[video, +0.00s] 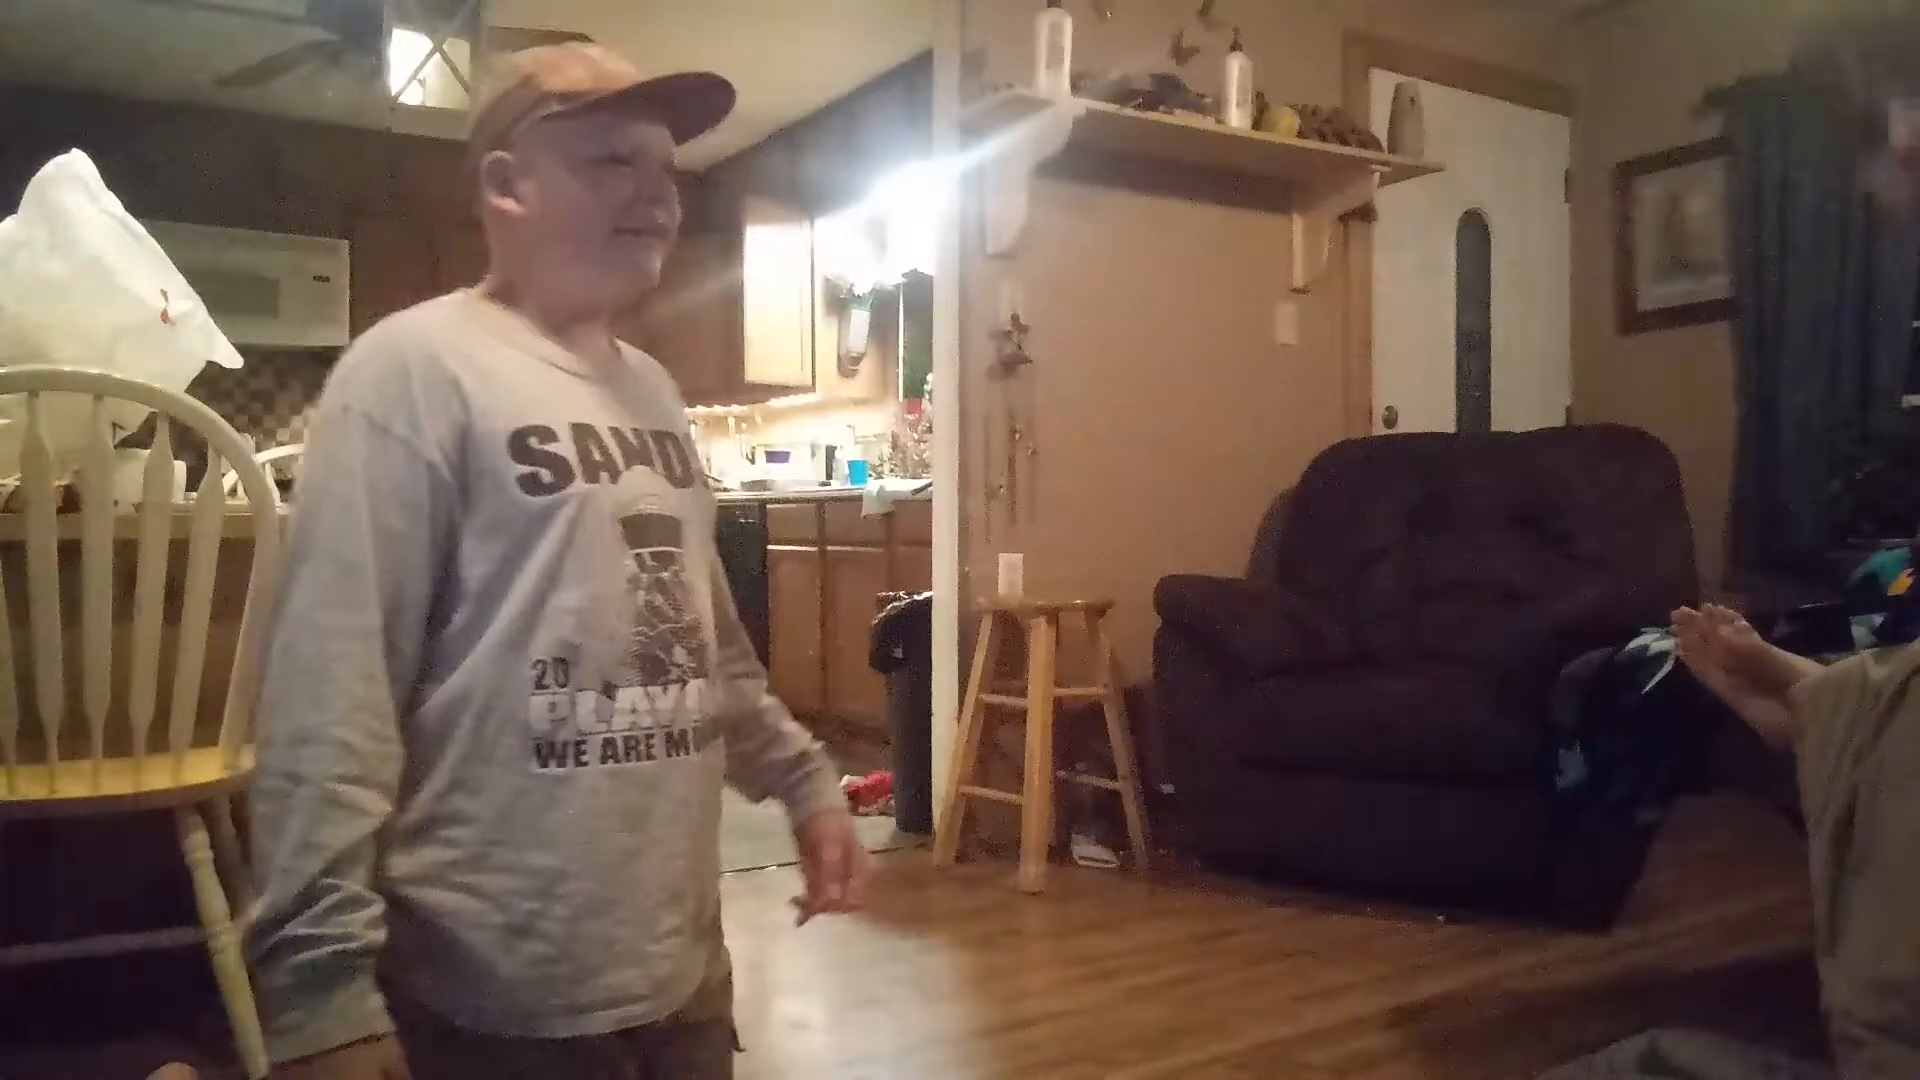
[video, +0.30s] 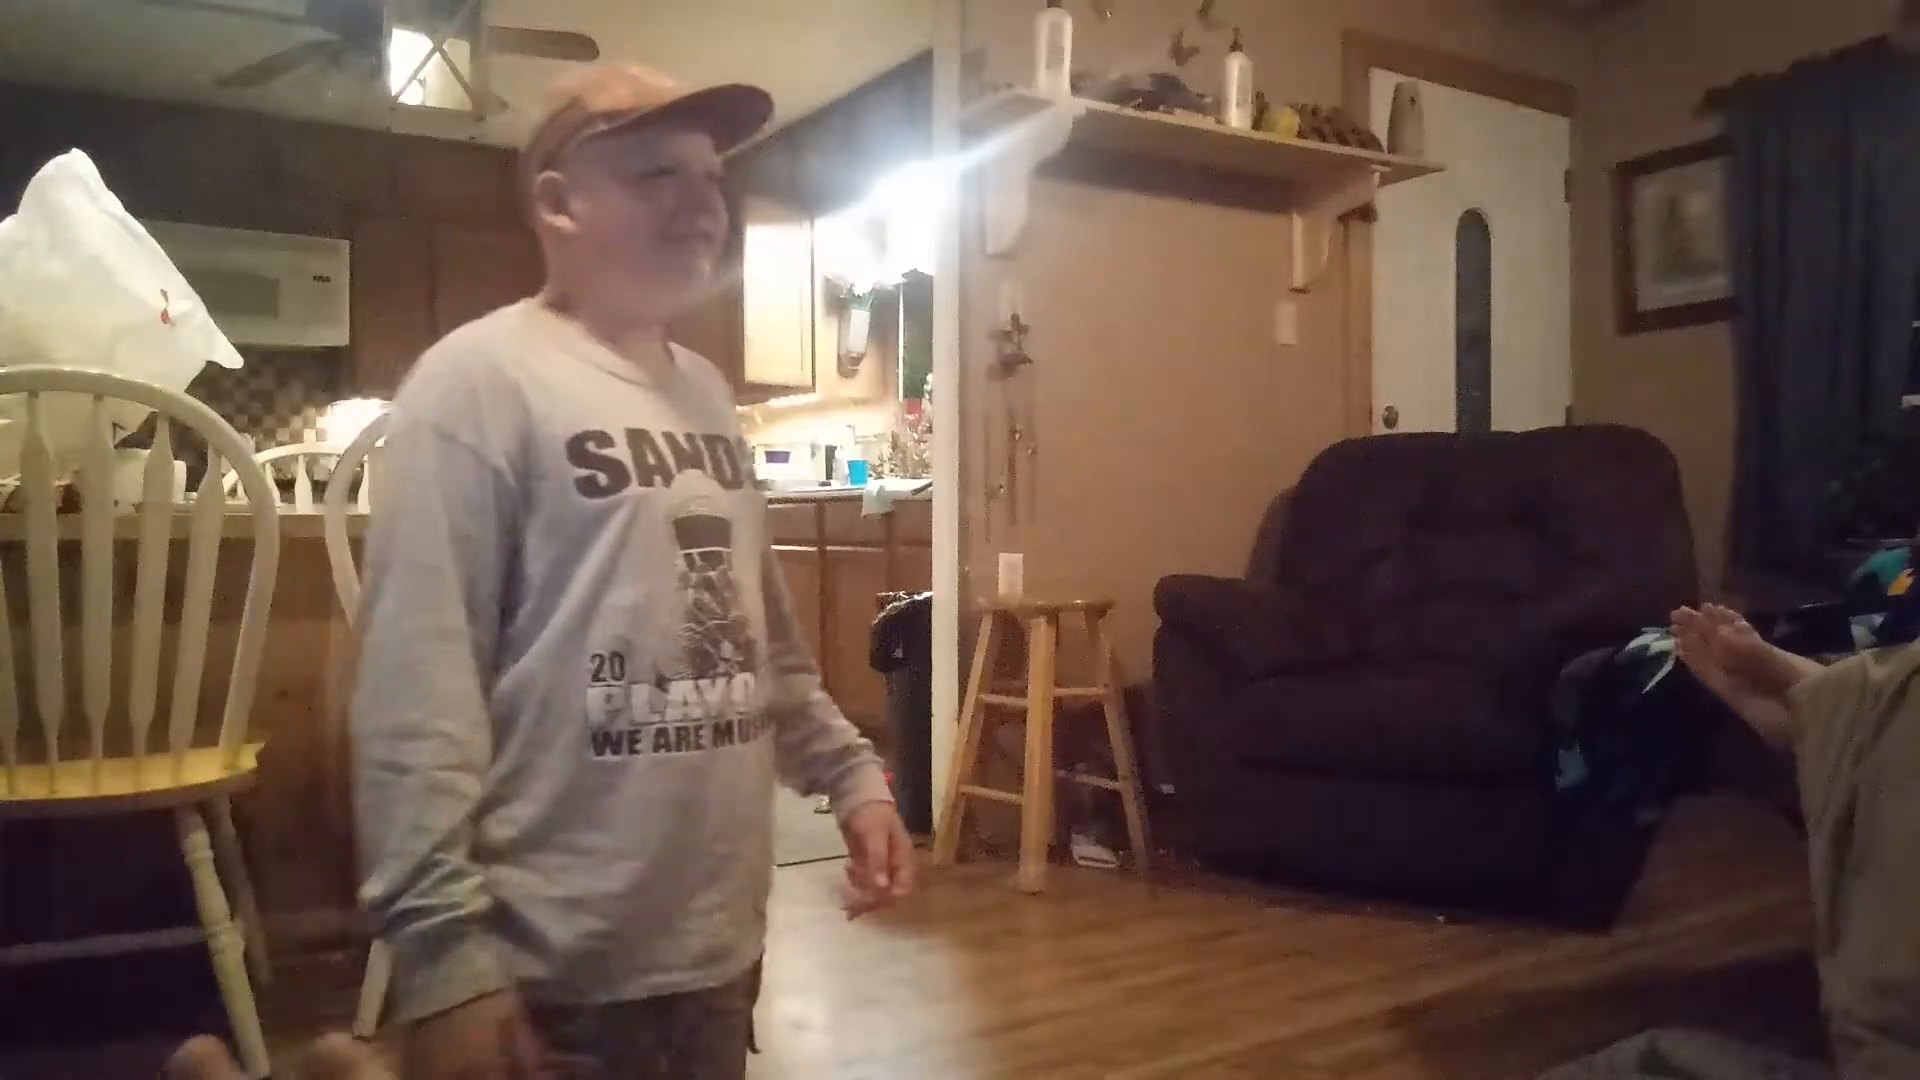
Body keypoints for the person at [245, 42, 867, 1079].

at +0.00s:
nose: (660, 198)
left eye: (669, 171)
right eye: (612, 162)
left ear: (681, 194)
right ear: (505, 186)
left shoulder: (649, 386)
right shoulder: (411, 367)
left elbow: (704, 639)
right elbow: (326, 689)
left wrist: (809, 786)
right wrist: (323, 1009)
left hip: (679, 977)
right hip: (489, 1002)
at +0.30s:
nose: (706, 203)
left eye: (714, 176)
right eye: (658, 172)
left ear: (728, 200)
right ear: (556, 203)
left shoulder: (706, 391)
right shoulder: (474, 382)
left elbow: (765, 644)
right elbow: (414, 686)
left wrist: (854, 780)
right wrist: (443, 963)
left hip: (714, 962)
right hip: (544, 983)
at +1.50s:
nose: (706, 223)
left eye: (711, 203)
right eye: (661, 200)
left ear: (723, 230)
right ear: (565, 230)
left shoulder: (726, 410)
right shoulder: (466, 386)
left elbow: (817, 582)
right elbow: (387, 635)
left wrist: (946, 572)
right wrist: (591, 551)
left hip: (682, 935)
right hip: (483, 948)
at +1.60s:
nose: (677, 236)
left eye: (689, 218)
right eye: (634, 209)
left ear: (704, 245)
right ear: (531, 237)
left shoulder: (701, 417)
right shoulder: (440, 396)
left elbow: (805, 579)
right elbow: (381, 646)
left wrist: (922, 555)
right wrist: (601, 537)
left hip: (669, 950)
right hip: (458, 973)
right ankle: (242, 1034)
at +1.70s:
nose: (640, 234)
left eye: (649, 215)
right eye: (592, 204)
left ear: (663, 245)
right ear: (490, 234)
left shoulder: (667, 419)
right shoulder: (394, 398)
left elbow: (758, 596)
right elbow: (380, 646)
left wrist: (882, 569)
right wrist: (618, 519)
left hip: (643, 930)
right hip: (426, 948)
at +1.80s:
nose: (613, 227)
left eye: (618, 206)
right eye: (562, 196)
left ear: (630, 234)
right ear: (452, 223)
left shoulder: (639, 418)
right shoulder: (355, 386)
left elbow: (738, 584)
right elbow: (334, 613)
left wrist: (874, 568)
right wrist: (604, 495)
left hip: (610, 913)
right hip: (396, 930)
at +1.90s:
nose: (583, 226)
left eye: (596, 206)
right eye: (533, 195)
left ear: (611, 240)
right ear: (430, 227)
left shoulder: (622, 414)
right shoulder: (346, 377)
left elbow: (766, 538)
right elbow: (303, 575)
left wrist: (888, 518)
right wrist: (601, 446)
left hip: (586, 920)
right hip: (369, 930)